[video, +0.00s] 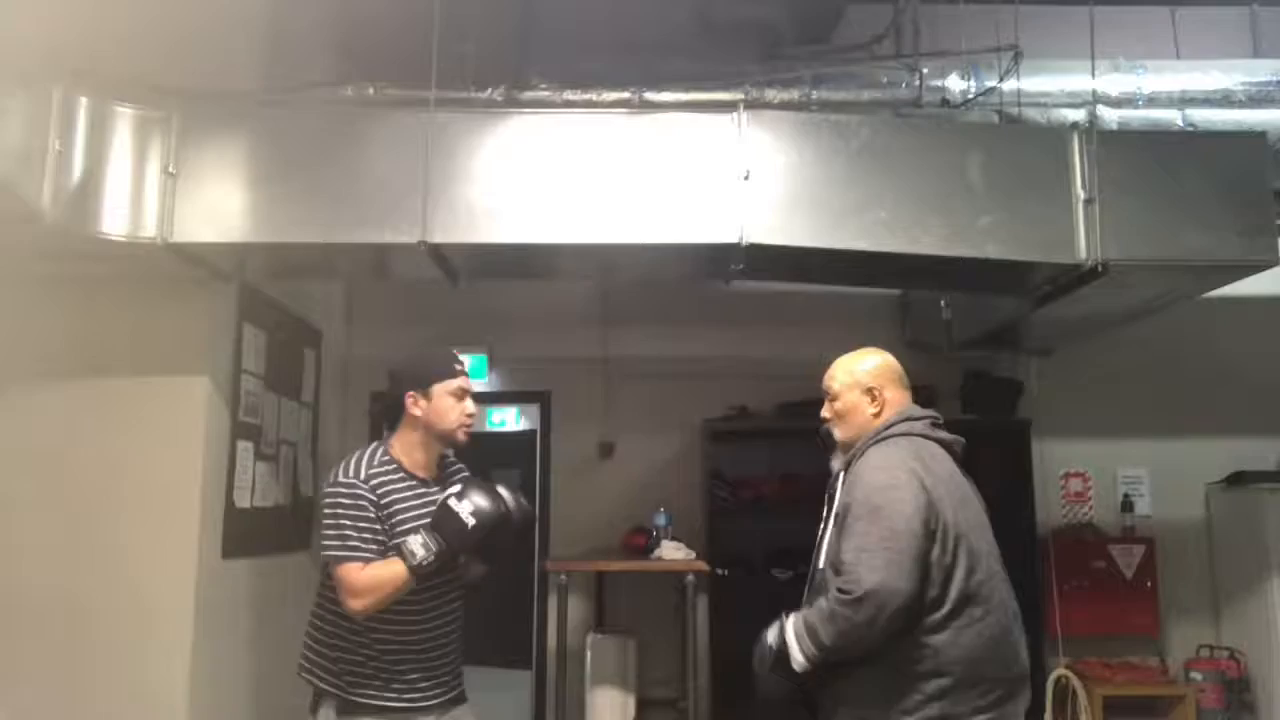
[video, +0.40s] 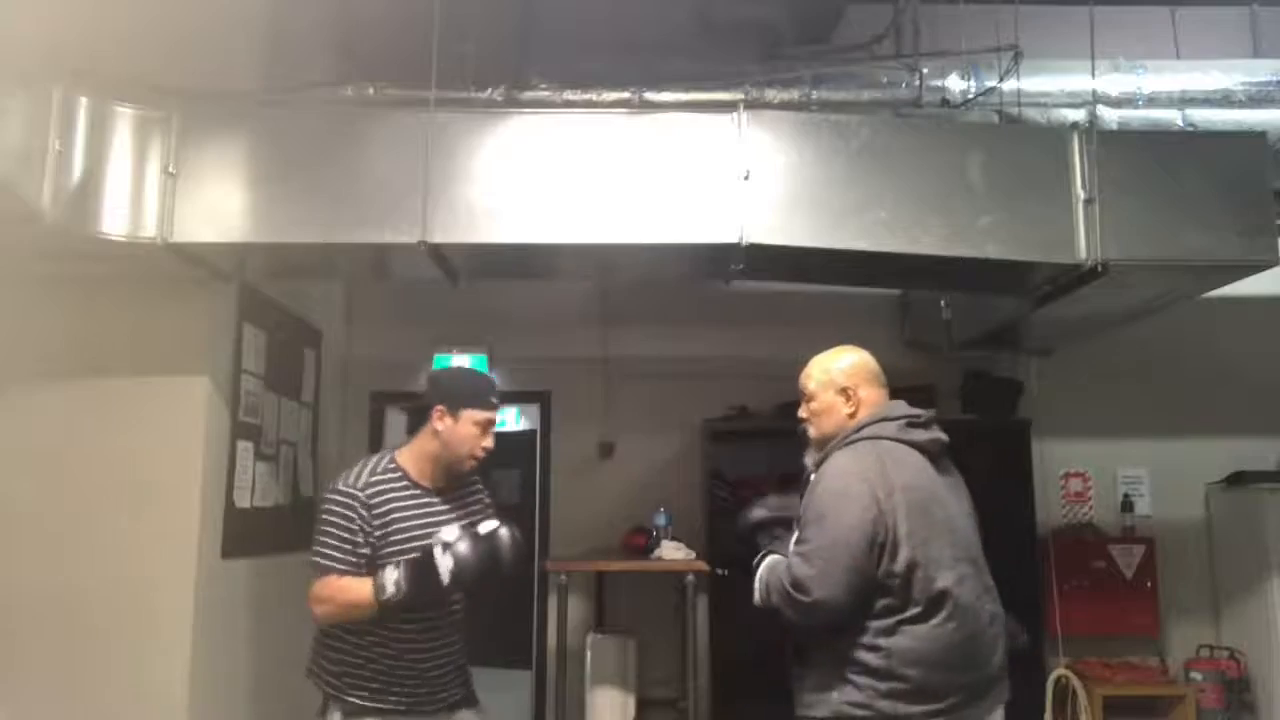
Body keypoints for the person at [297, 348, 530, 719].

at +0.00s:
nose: (473, 410)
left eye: (471, 398)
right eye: (459, 396)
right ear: (415, 403)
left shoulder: (453, 474)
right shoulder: (355, 481)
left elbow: (463, 573)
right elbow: (357, 595)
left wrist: (493, 536)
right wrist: (437, 540)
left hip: (443, 694)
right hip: (362, 701)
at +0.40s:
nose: (490, 445)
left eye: (492, 431)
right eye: (482, 428)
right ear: (440, 418)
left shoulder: (469, 490)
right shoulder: (356, 492)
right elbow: (324, 602)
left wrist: (500, 554)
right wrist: (414, 579)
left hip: (450, 699)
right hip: (365, 704)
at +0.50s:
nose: (514, 458)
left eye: (517, 444)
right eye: (507, 441)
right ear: (466, 431)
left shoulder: (484, 498)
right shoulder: (384, 493)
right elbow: (326, 592)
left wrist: (518, 566)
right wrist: (416, 602)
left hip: (457, 699)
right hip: (378, 703)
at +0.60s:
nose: (537, 508)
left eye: (539, 494)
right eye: (529, 492)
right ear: (492, 488)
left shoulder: (499, 537)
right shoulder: (421, 518)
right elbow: (360, 617)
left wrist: (543, 593)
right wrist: (453, 626)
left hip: (448, 703)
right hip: (378, 704)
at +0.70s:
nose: (571, 601)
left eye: (574, 589)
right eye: (564, 587)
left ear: (528, 579)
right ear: (527, 577)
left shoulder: (535, 619)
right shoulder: (444, 597)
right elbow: (397, 698)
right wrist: (495, 690)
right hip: (357, 707)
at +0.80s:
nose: (605, 664)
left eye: (609, 653)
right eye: (604, 650)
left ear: (570, 637)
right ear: (570, 638)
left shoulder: (530, 660)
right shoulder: (485, 674)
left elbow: (532, 714)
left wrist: (582, 710)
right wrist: (569, 713)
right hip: (361, 715)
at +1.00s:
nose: (623, 626)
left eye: (625, 613)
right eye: (620, 608)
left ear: (585, 591)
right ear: (587, 591)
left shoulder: (516, 596)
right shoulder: (551, 656)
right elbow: (546, 713)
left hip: (369, 707)